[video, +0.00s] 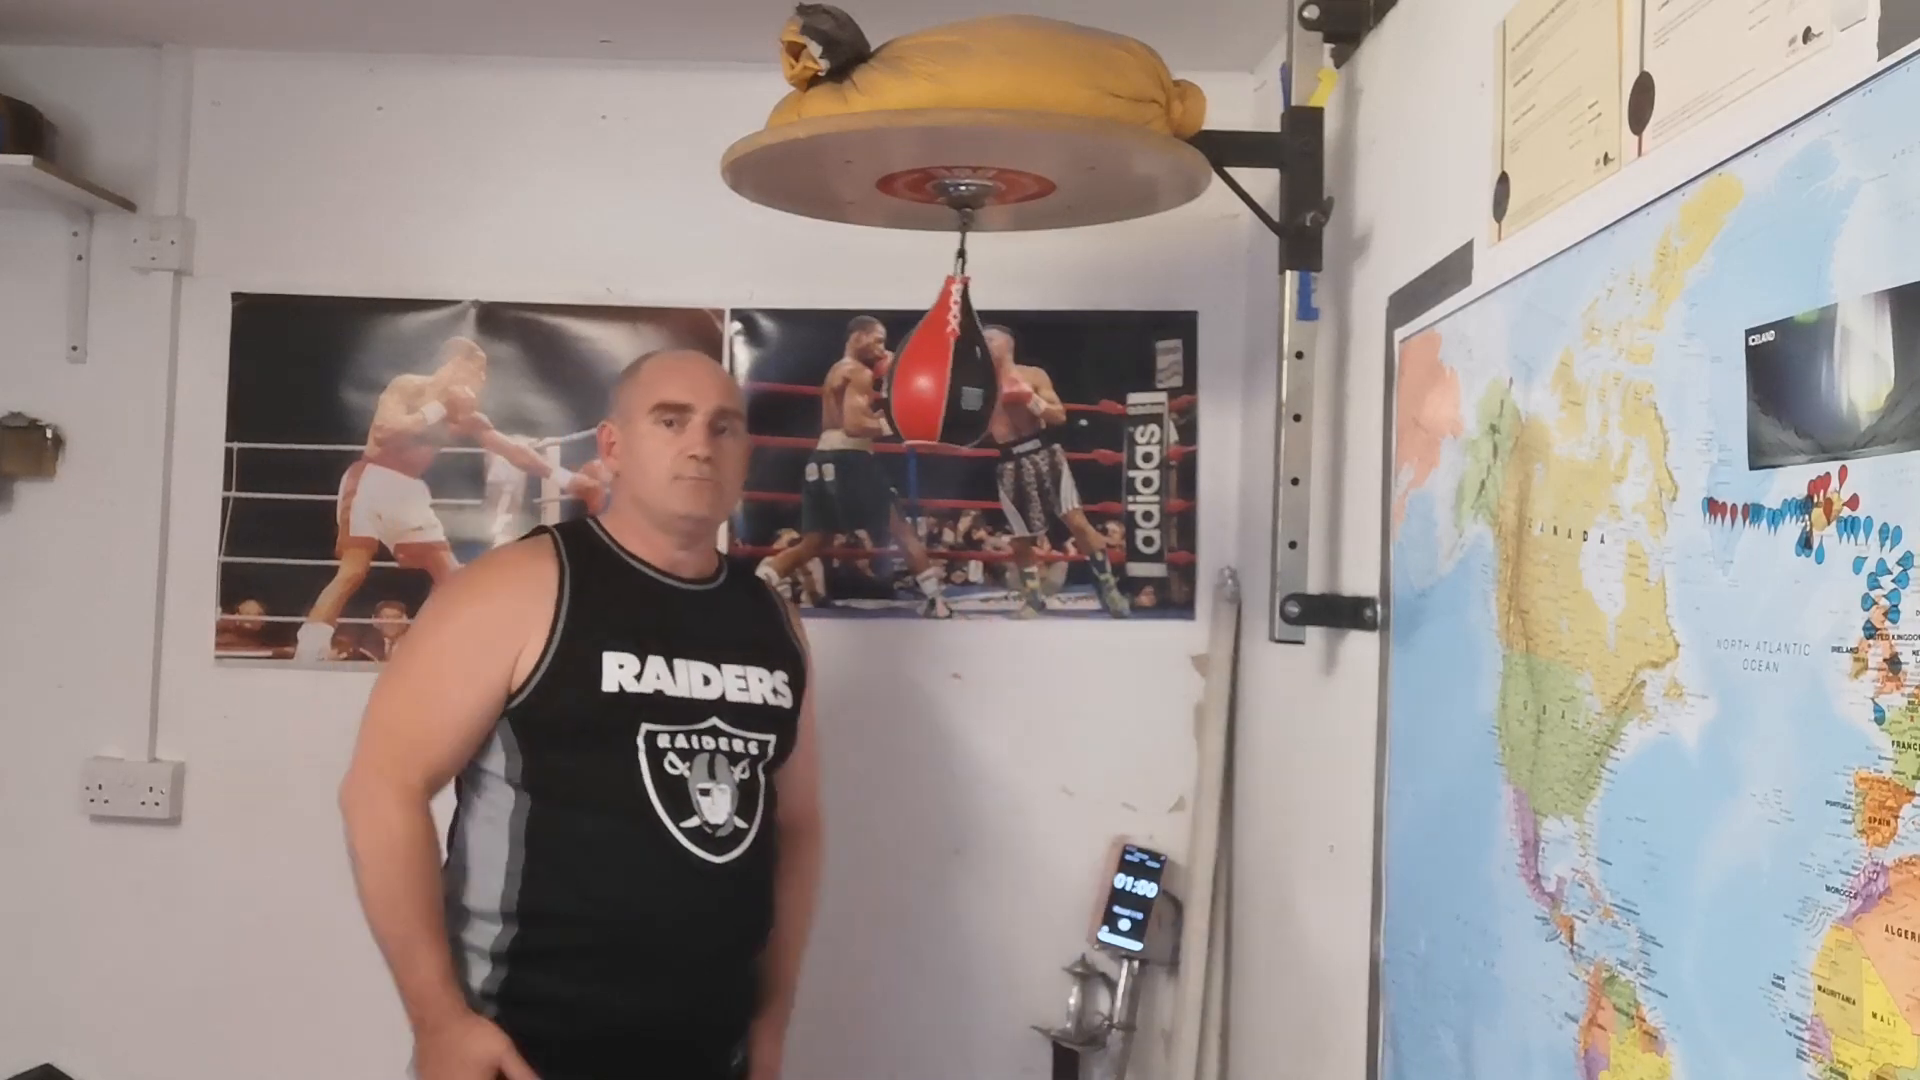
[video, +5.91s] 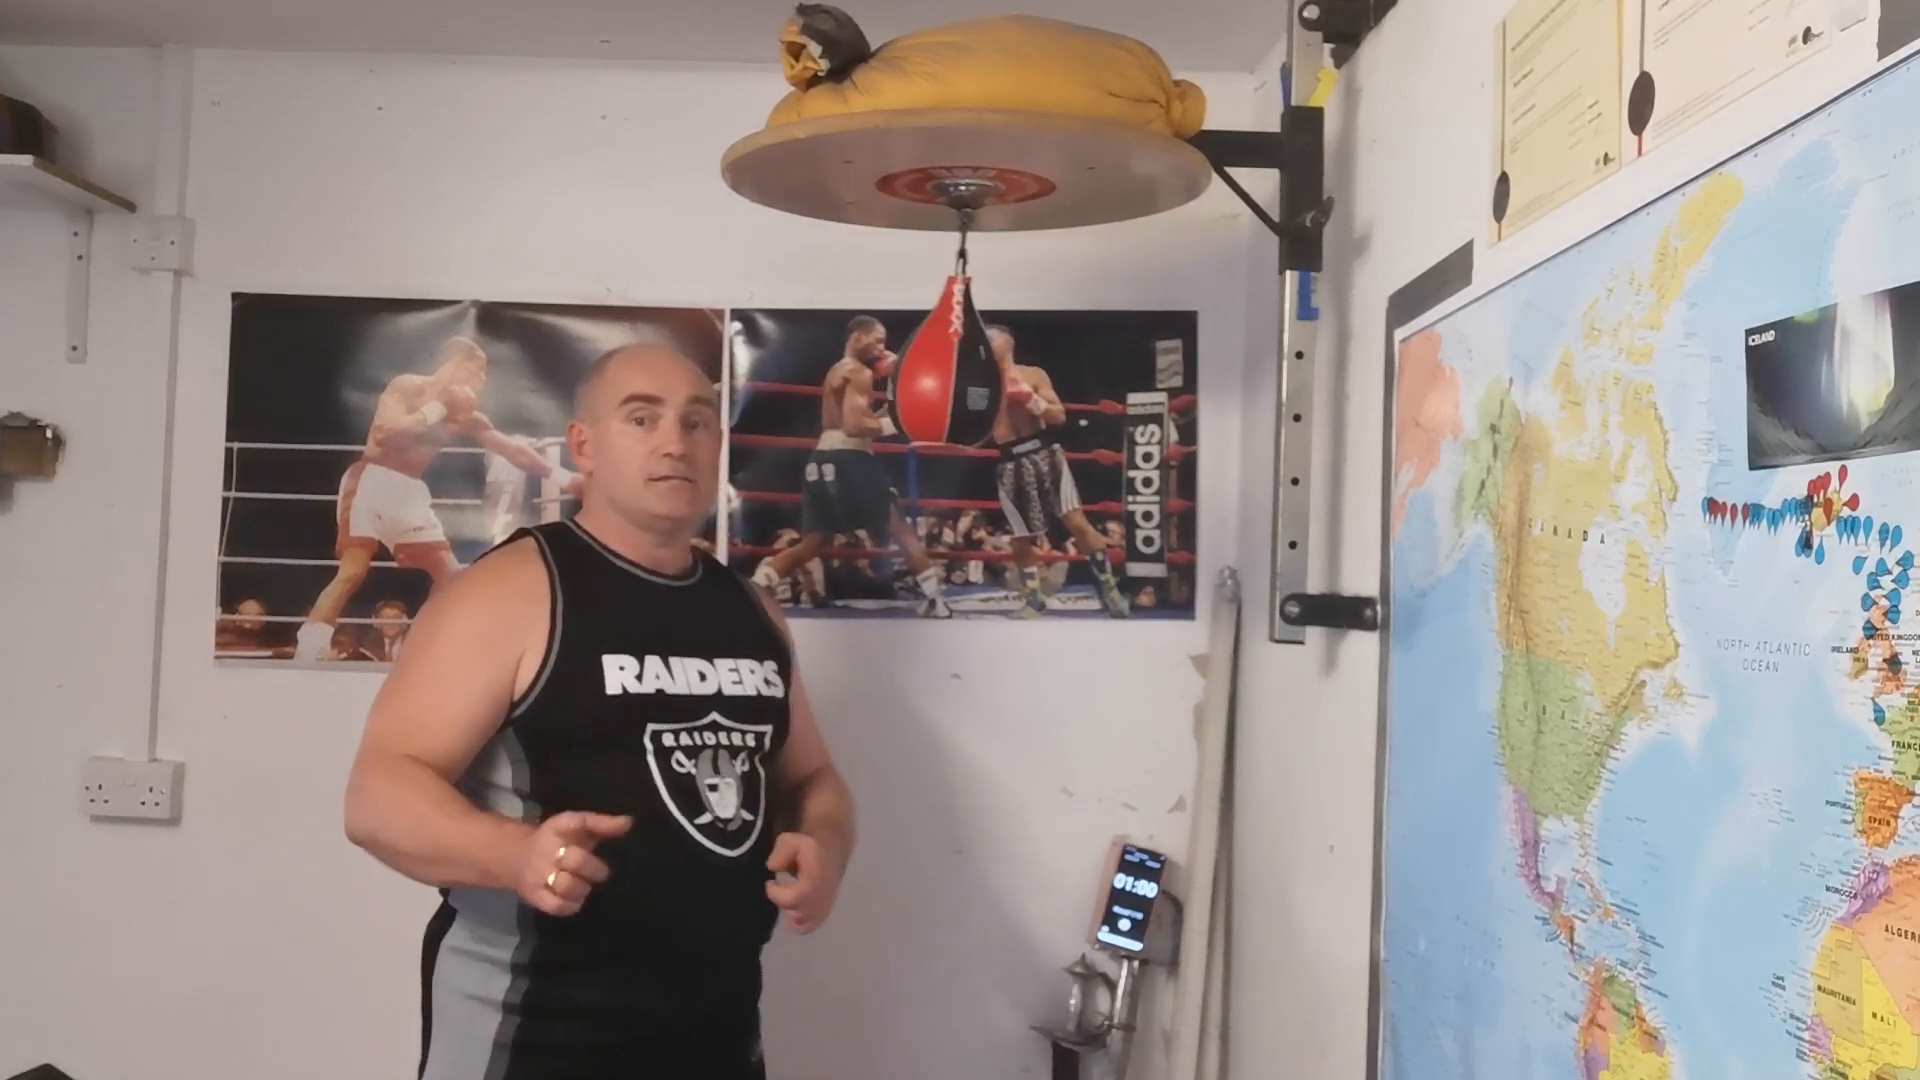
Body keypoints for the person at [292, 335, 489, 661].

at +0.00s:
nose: (474, 385)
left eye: (478, 379)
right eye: (470, 374)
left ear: (478, 383)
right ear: (451, 366)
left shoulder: (461, 413)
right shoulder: (405, 386)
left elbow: (506, 447)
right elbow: (384, 430)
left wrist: (546, 473)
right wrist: (436, 409)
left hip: (410, 492)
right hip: (369, 482)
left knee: (449, 572)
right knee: (352, 572)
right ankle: (307, 651)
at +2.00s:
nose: (477, 381)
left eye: (481, 375)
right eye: (474, 372)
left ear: (476, 378)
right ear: (453, 365)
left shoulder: (462, 411)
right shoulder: (404, 387)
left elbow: (511, 450)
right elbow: (383, 432)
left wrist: (561, 477)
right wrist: (434, 412)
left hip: (408, 491)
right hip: (369, 482)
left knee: (448, 572)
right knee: (353, 570)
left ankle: (468, 651)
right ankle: (307, 650)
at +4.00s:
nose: (474, 386)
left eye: (478, 379)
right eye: (470, 375)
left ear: (477, 382)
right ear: (451, 365)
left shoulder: (464, 415)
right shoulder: (405, 386)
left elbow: (511, 450)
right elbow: (384, 432)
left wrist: (564, 478)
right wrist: (436, 410)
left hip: (408, 493)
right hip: (367, 484)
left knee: (449, 574)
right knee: (352, 571)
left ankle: (460, 655)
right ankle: (305, 653)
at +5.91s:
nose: (475, 384)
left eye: (479, 378)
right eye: (470, 374)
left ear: (478, 382)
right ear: (449, 366)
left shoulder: (465, 415)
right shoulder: (404, 386)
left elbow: (511, 450)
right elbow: (383, 434)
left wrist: (563, 478)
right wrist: (433, 411)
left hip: (408, 493)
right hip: (367, 483)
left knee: (448, 574)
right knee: (353, 570)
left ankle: (436, 662)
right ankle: (306, 652)